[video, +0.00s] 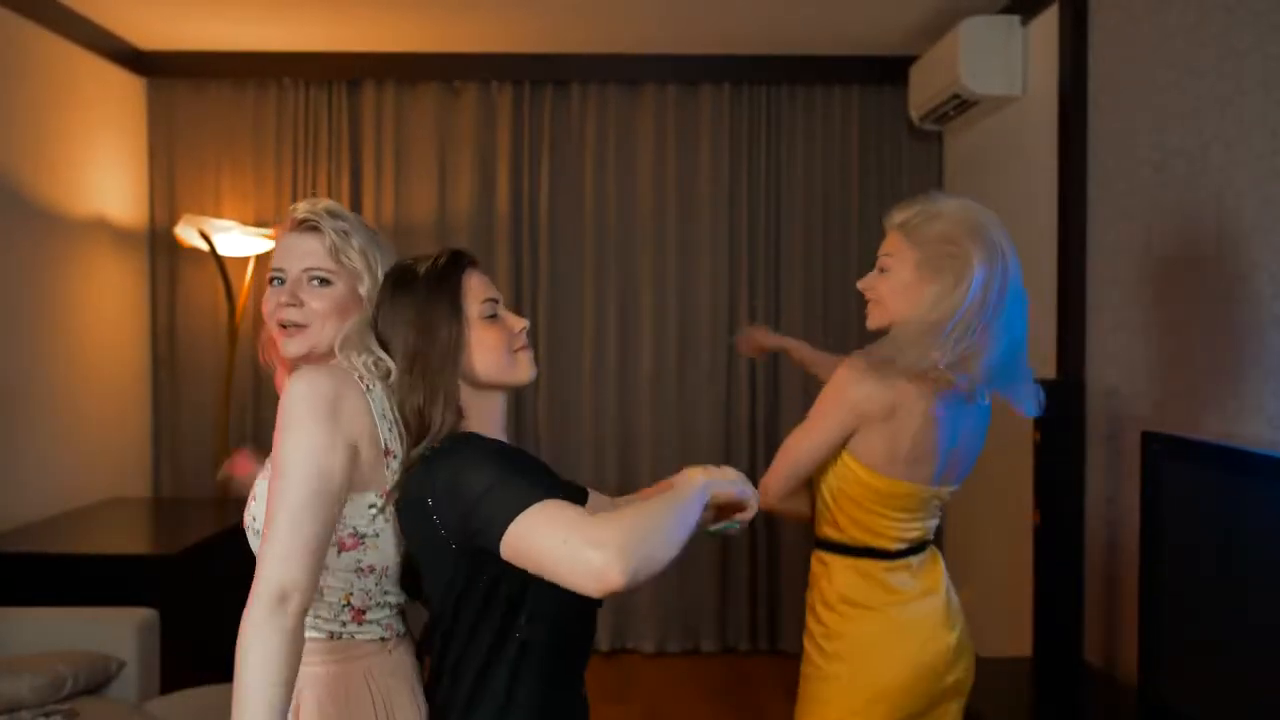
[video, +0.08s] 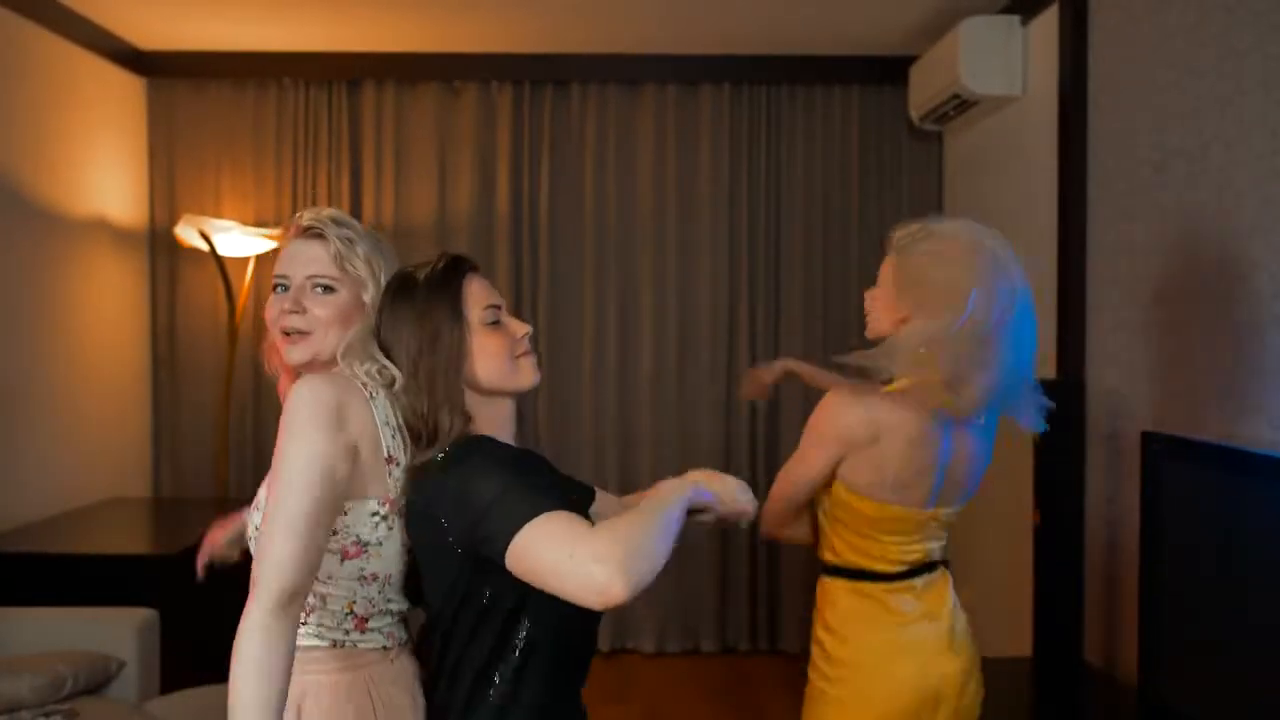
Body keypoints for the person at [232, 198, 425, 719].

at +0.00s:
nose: (288, 298)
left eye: (318, 281)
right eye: (277, 279)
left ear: (369, 297)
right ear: (264, 293)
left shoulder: (318, 390)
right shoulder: (379, 387)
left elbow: (281, 600)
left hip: (328, 681)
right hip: (388, 666)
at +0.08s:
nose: (291, 305)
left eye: (323, 288)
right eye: (281, 287)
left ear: (371, 305)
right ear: (267, 299)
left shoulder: (320, 395)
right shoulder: (385, 393)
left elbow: (276, 602)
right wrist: (246, 526)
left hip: (327, 684)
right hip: (391, 668)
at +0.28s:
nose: (298, 309)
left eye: (329, 292)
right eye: (287, 291)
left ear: (377, 307)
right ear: (274, 302)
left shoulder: (333, 390)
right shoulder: (388, 390)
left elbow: (280, 560)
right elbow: (322, 480)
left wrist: (262, 710)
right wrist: (254, 554)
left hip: (333, 688)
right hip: (384, 675)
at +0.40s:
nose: (298, 301)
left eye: (328, 284)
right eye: (287, 283)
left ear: (378, 298)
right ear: (274, 294)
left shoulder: (334, 376)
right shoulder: (387, 381)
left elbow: (298, 500)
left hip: (337, 672)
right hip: (388, 659)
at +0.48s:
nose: (296, 293)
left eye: (326, 276)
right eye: (285, 275)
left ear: (376, 291)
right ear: (273, 286)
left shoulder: (334, 367)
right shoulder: (383, 375)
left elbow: (309, 459)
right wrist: (290, 545)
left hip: (328, 669)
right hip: (384, 651)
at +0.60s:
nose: (297, 285)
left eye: (327, 267)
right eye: (287, 266)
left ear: (374, 284)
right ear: (274, 279)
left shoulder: (339, 358)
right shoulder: (378, 365)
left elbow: (321, 424)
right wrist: (282, 521)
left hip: (317, 661)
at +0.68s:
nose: (297, 282)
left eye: (327, 264)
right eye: (287, 264)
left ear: (374, 280)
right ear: (275, 277)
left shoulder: (347, 358)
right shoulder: (368, 361)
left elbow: (334, 415)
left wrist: (328, 456)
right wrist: (283, 534)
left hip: (317, 658)